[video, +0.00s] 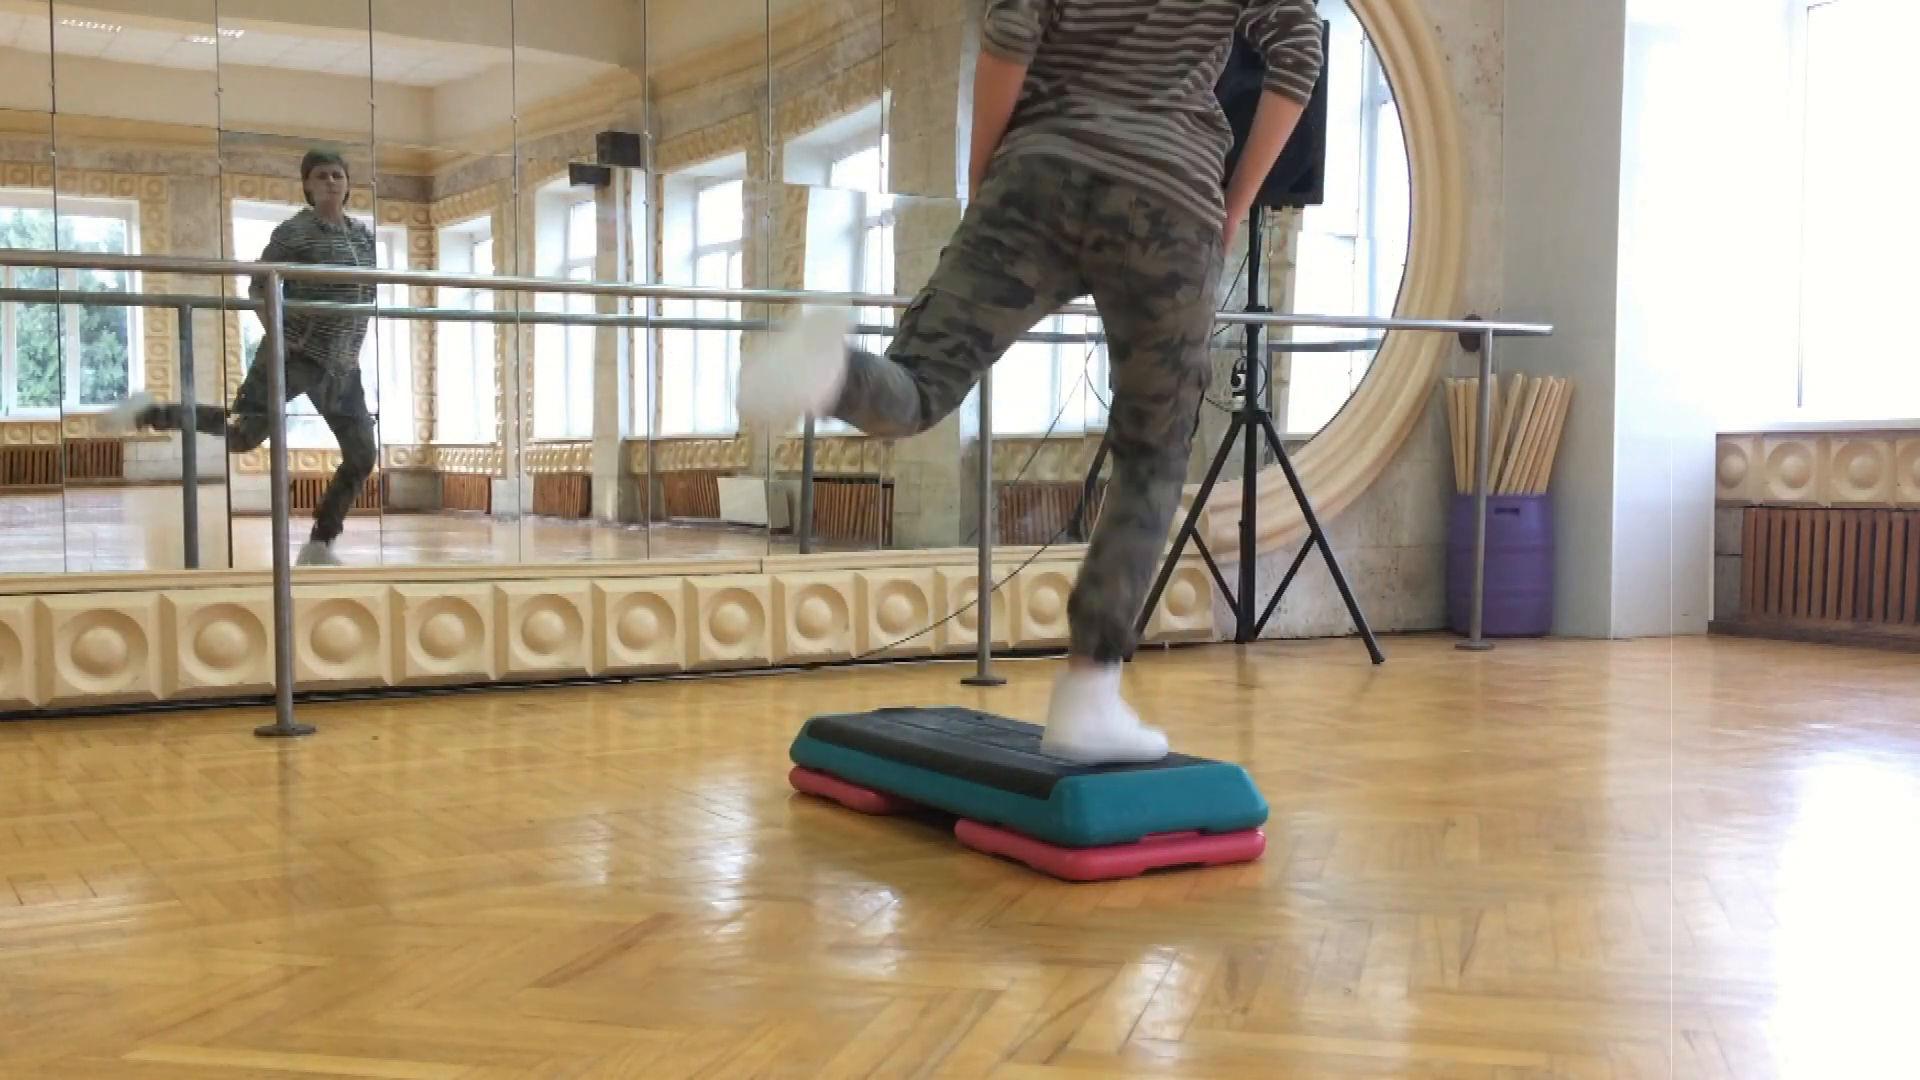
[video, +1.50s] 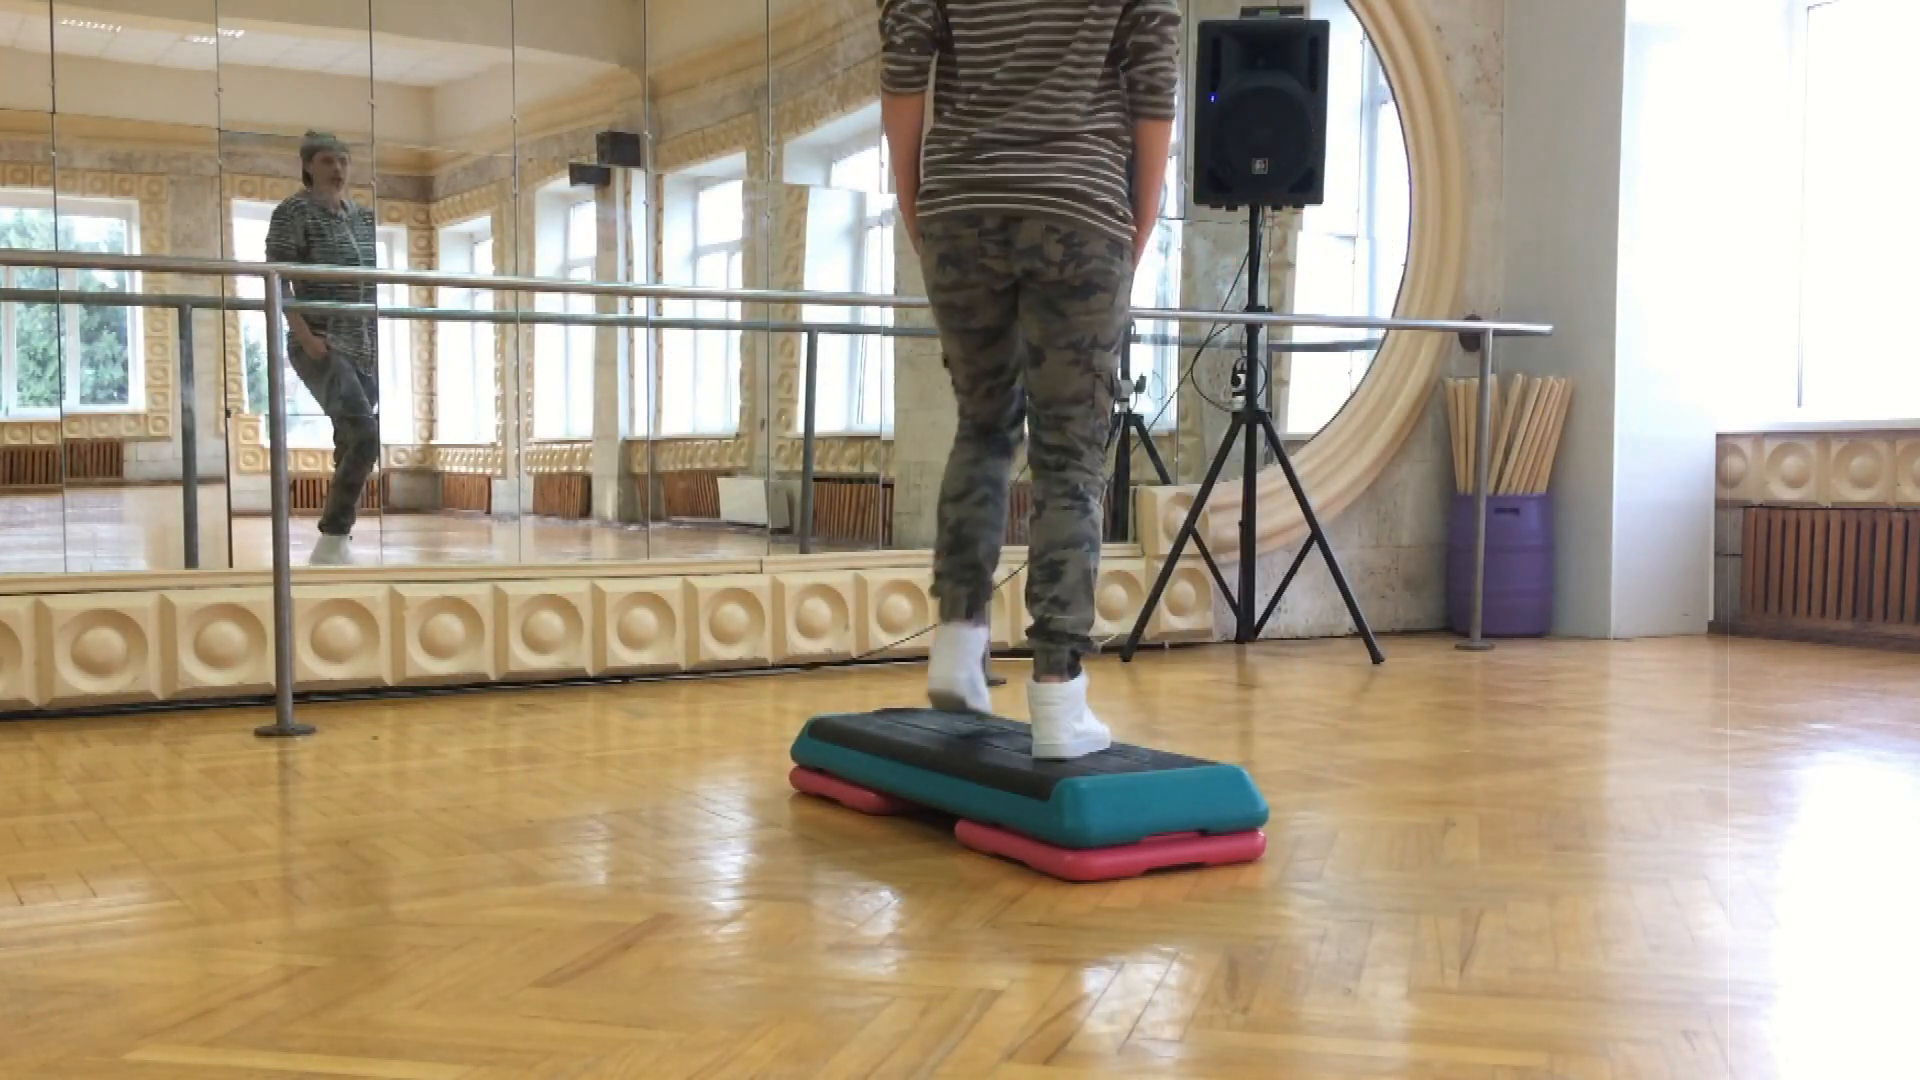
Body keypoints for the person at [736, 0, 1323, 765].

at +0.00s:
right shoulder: (1255, 2)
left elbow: (1007, 37)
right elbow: (1298, 55)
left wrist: (982, 188)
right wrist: (1236, 205)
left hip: (1042, 159)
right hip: (1171, 186)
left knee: (918, 384)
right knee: (1149, 460)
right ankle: (1086, 702)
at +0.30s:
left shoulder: (1037, 0)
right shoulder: (1247, 4)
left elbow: (1005, 87)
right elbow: (1279, 93)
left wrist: (983, 224)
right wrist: (1231, 238)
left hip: (1034, 197)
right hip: (1163, 220)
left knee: (904, 416)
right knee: (1158, 491)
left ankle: (776, 345)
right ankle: (1083, 712)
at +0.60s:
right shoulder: (1226, 3)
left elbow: (977, 40)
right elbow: (1238, 70)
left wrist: (958, 174)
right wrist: (1203, 217)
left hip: (998, 166)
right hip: (1127, 178)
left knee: (1008, 398)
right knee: (1115, 454)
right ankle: (1079, 704)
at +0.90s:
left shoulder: (965, 3)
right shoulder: (1169, 3)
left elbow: (950, 80)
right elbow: (1220, 74)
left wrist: (935, 217)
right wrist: (1196, 233)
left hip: (982, 214)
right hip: (1109, 216)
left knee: (1012, 456)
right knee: (1120, 465)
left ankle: (1009, 704)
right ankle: (1077, 704)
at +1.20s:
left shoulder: (950, 2)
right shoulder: (1150, 3)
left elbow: (918, 99)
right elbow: (1182, 105)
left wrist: (919, 236)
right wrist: (1165, 242)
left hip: (967, 235)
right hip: (1087, 238)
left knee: (1010, 470)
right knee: (1087, 475)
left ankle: (1010, 712)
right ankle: (1061, 712)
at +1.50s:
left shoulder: (930, 1)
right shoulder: (1142, 6)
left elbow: (903, 74)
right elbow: (1153, 97)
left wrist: (911, 204)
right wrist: (1141, 224)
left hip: (955, 199)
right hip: (1079, 200)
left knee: (984, 426)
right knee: (1072, 453)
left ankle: (956, 649)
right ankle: (1058, 702)